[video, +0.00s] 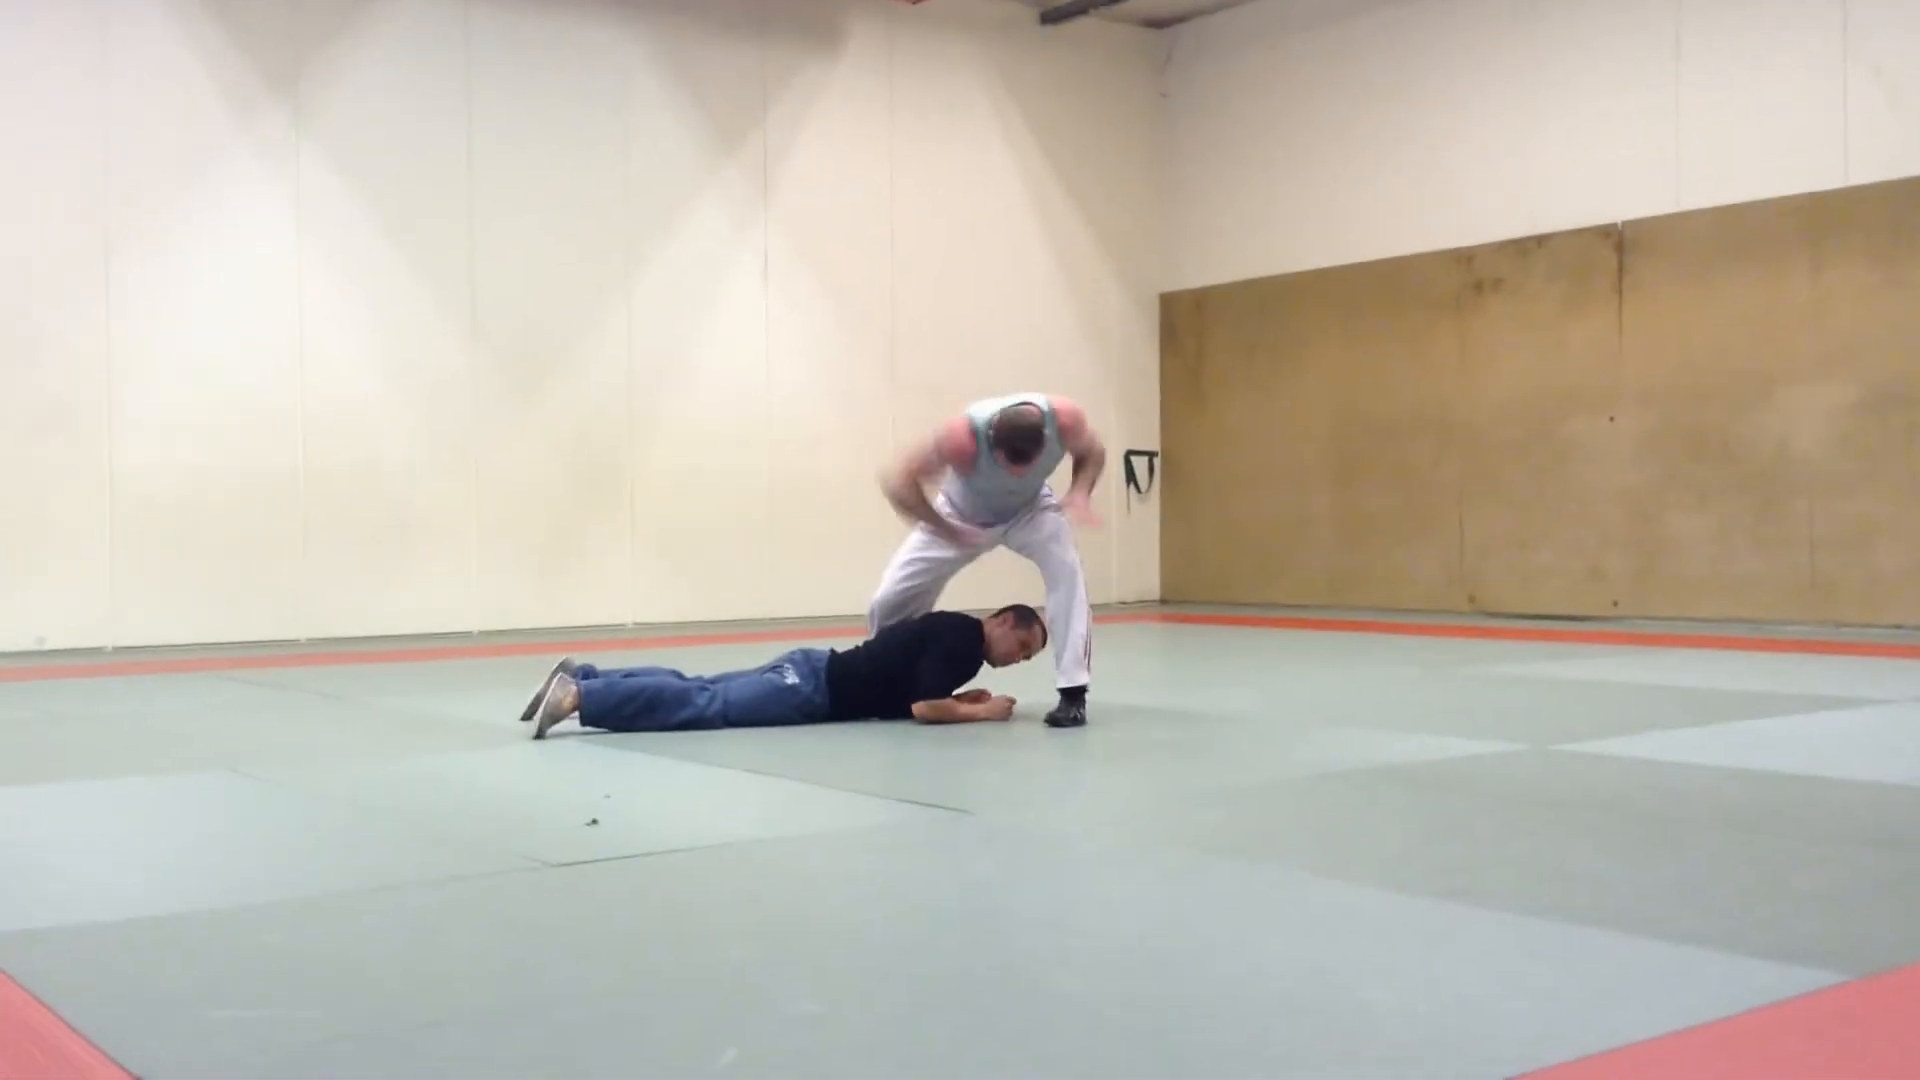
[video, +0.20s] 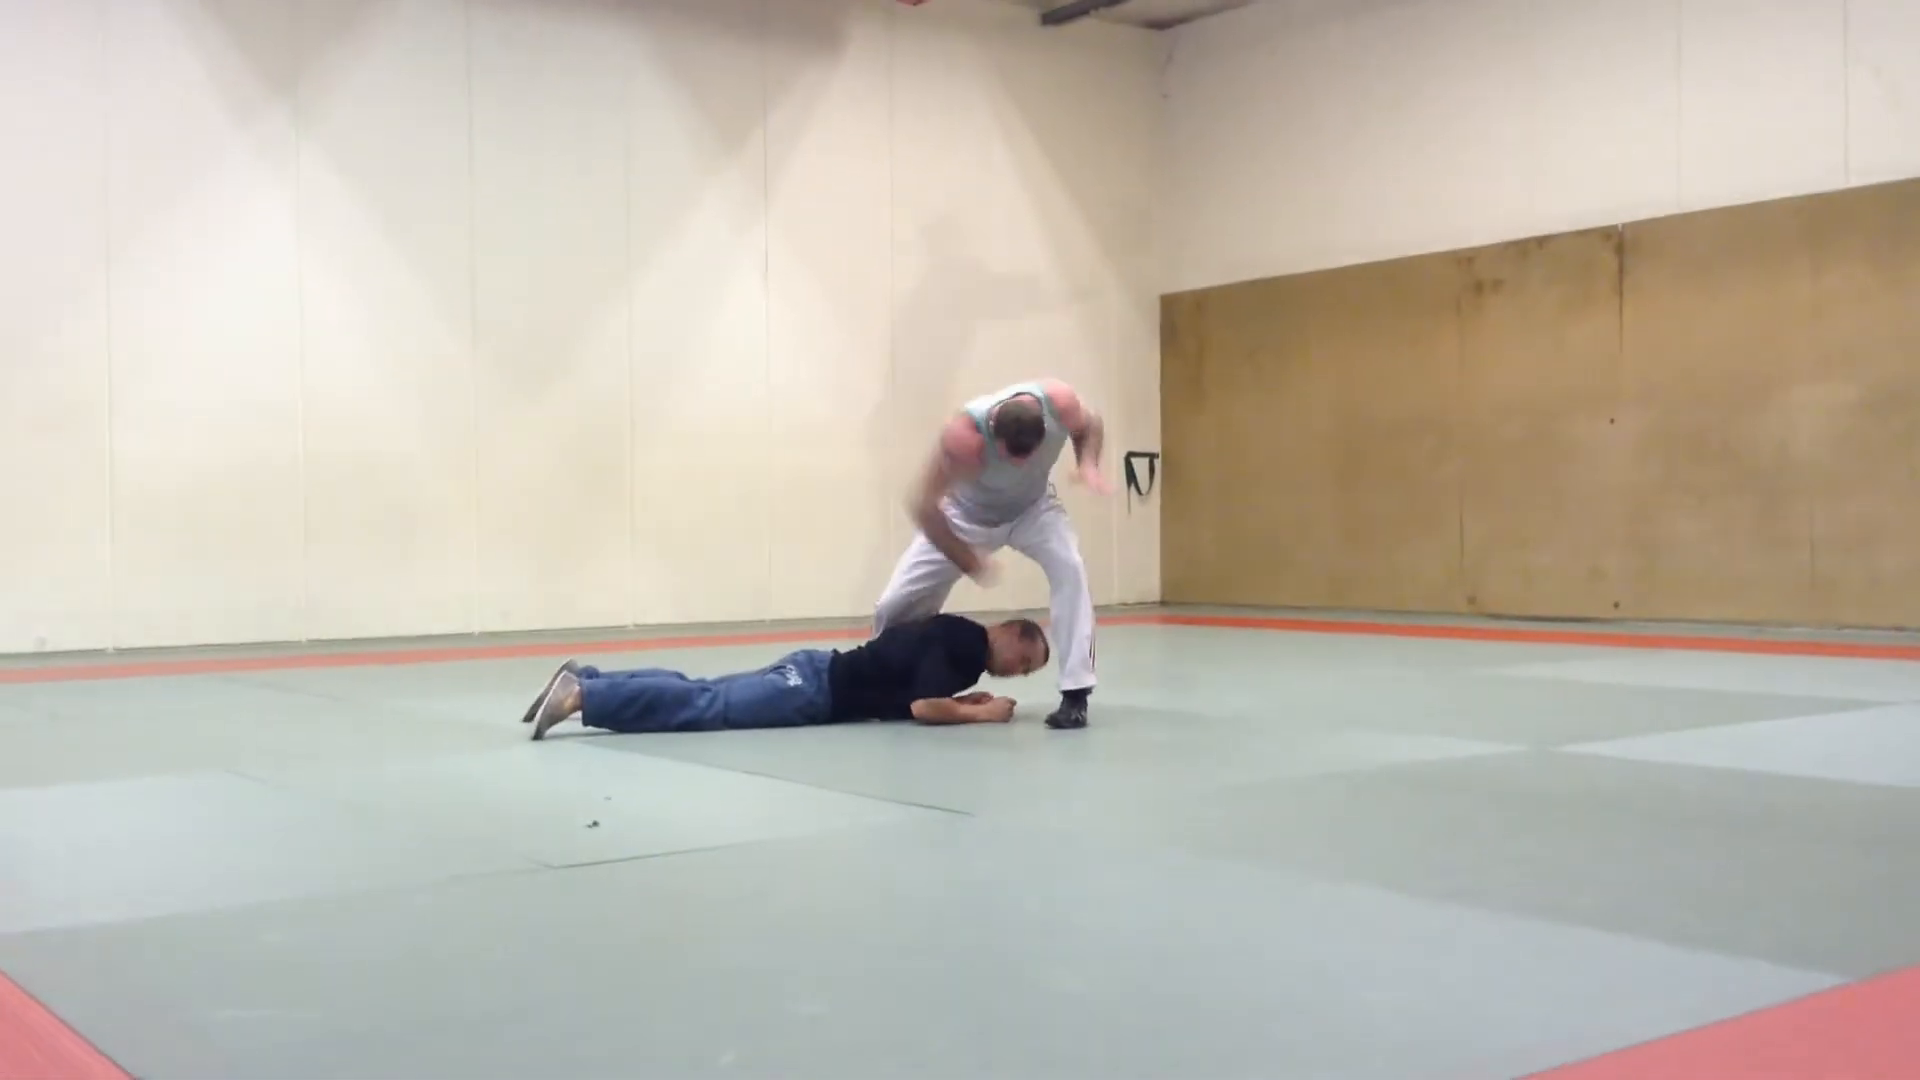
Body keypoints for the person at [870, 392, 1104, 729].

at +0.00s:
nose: (1018, 472)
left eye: (1026, 465)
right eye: (1010, 464)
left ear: (1042, 445)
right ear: (996, 444)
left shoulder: (1065, 421)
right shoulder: (964, 437)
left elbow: (1091, 454)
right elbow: (898, 481)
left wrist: (1078, 495)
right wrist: (950, 532)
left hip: (1029, 513)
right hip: (961, 519)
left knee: (1065, 568)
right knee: (888, 605)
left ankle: (1073, 693)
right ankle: (889, 691)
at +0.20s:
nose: (1020, 461)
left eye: (1028, 454)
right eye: (1013, 454)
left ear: (1041, 436)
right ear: (997, 437)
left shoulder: (1060, 405)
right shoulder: (965, 436)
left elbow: (1089, 428)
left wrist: (1088, 466)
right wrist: (970, 563)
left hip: (1033, 510)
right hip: (966, 516)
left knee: (1069, 568)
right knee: (893, 608)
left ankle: (1075, 694)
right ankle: (884, 691)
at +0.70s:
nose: (987, 436)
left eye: (993, 429)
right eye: (979, 429)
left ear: (1009, 406)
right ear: (965, 411)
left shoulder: (1042, 418)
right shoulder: (947, 397)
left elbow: (1096, 470)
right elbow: (884, 397)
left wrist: (1066, 513)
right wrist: (891, 450)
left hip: (1024, 518)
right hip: (960, 522)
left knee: (1054, 574)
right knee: (883, 601)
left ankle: (1061, 699)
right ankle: (870, 680)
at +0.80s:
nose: (989, 424)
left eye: (995, 417)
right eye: (981, 417)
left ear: (1015, 393)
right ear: (970, 398)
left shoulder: (1052, 411)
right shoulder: (957, 394)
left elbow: (1103, 469)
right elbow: (899, 408)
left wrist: (1061, 503)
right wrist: (890, 463)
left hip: (1029, 519)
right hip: (966, 523)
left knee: (1058, 576)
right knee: (891, 599)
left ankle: (1059, 697)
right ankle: (867, 680)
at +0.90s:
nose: (986, 395)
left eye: (991, 387)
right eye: (982, 385)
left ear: (1014, 376)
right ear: (979, 377)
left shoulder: (1064, 399)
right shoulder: (981, 381)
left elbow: (1106, 464)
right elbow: (941, 392)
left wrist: (1046, 493)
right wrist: (917, 445)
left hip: (1050, 505)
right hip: (991, 501)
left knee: (1059, 581)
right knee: (929, 588)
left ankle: (1058, 698)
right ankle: (874, 677)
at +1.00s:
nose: (1009, 373)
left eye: (1012, 364)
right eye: (1002, 366)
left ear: (1033, 346)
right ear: (999, 355)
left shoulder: (1076, 378)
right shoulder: (1005, 369)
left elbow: (1099, 451)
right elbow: (960, 406)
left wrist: (1040, 498)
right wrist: (977, 450)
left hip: (1066, 499)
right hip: (1008, 493)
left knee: (1056, 577)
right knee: (943, 580)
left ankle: (1054, 697)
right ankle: (922, 680)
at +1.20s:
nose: (1040, 331)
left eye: (1046, 320)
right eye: (1036, 322)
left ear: (1074, 313)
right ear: (1042, 322)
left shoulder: (1111, 355)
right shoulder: (1056, 363)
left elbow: (1105, 389)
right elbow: (1037, 382)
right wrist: (1005, 388)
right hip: (1063, 492)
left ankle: (1056, 702)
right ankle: (1144, 655)